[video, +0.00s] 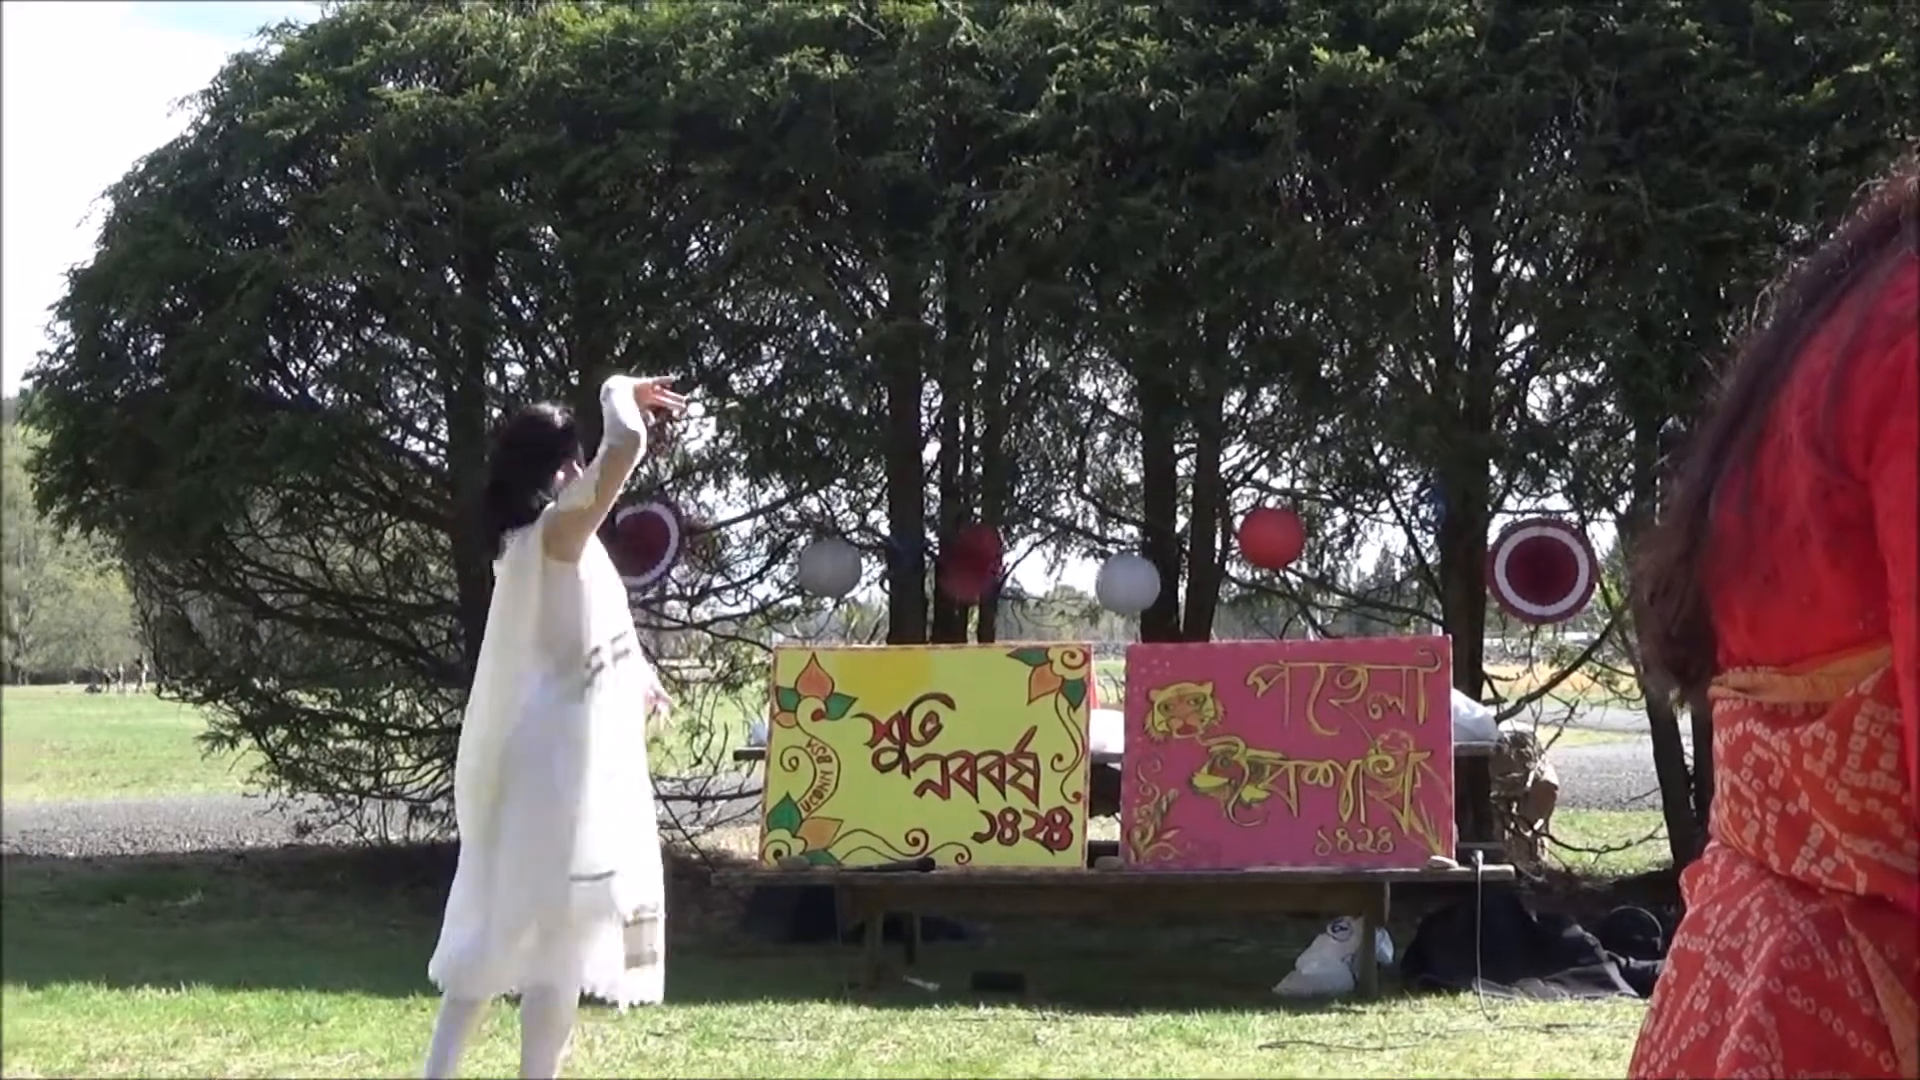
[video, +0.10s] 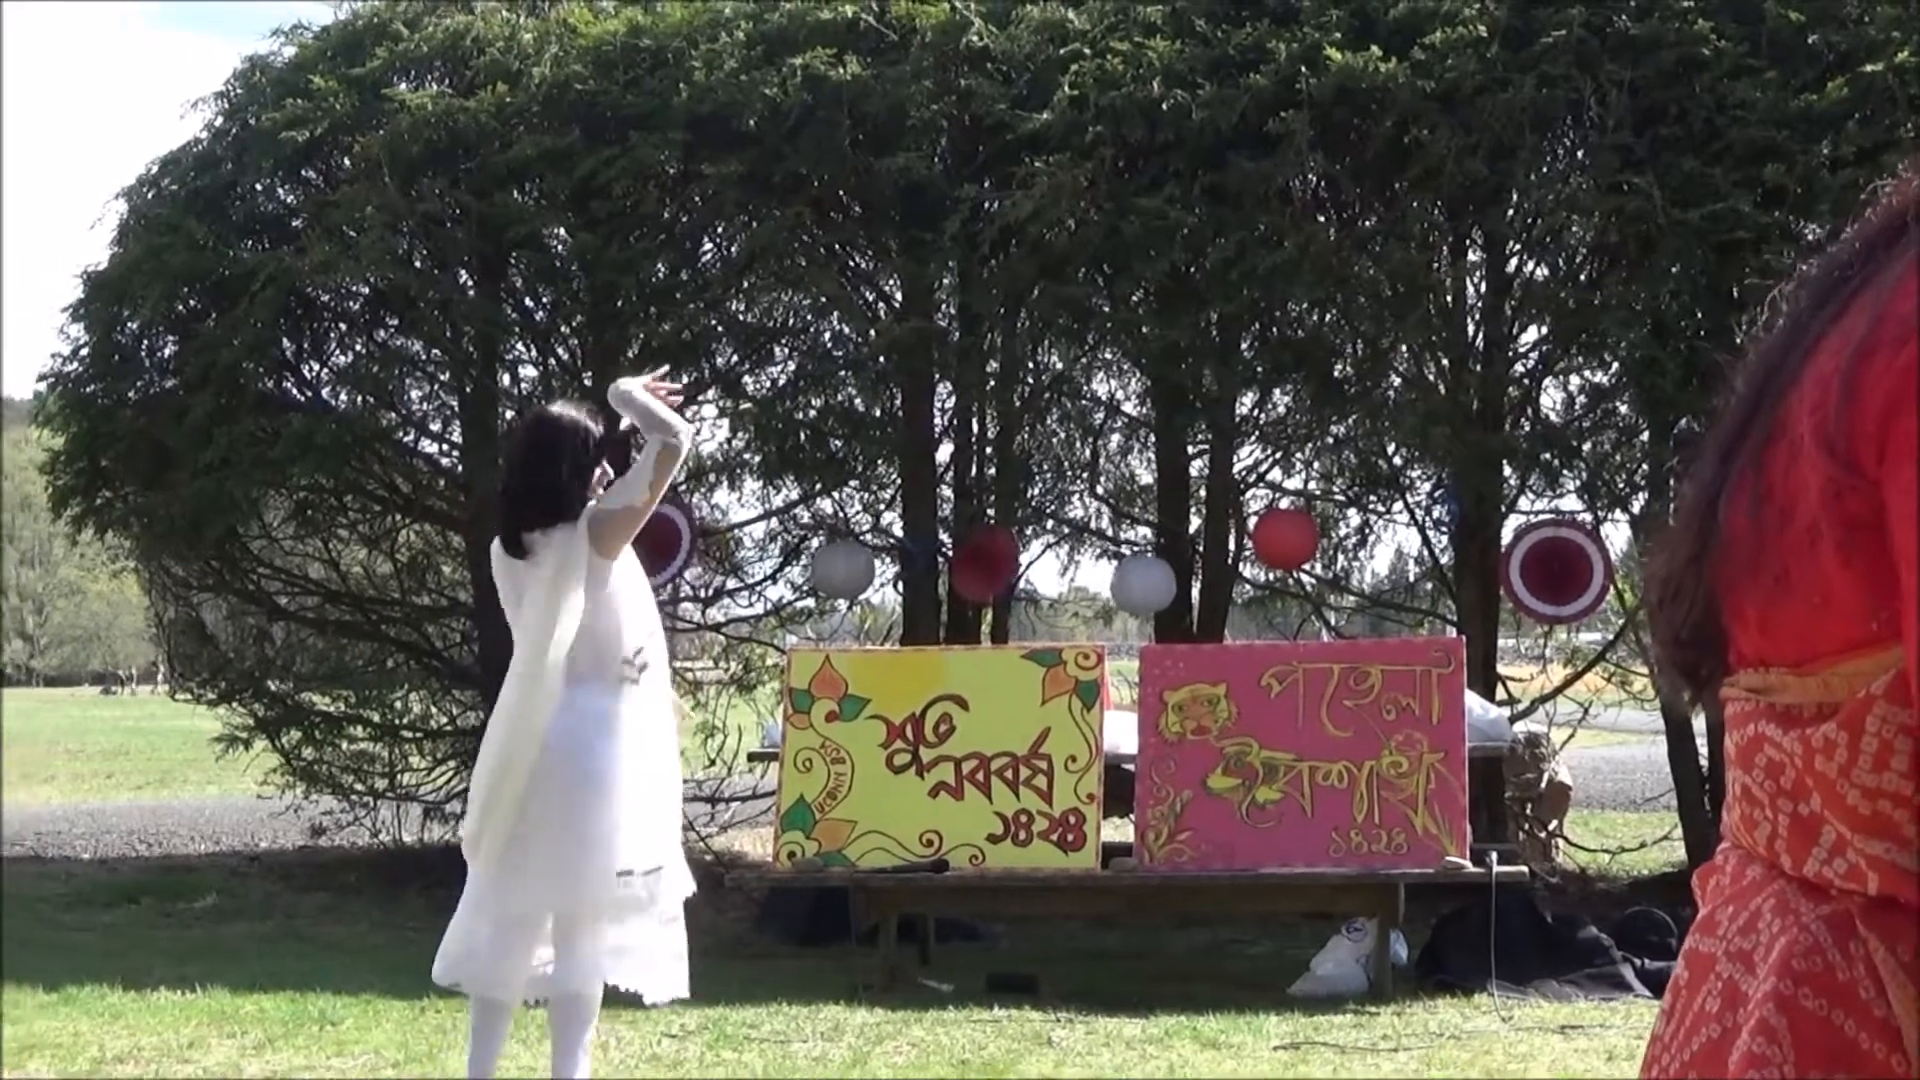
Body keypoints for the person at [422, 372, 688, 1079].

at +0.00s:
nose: (588, 473)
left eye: (586, 460)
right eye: (579, 459)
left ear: (528, 475)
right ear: (557, 472)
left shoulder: (559, 548)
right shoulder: (545, 542)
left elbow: (583, 644)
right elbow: (599, 488)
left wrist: (639, 677)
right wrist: (627, 412)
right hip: (550, 772)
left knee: (491, 934)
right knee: (558, 939)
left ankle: (438, 1067)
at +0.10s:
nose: (605, 472)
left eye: (602, 459)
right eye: (596, 458)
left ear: (524, 468)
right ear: (575, 470)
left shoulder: (507, 550)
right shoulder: (593, 538)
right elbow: (672, 445)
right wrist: (627, 395)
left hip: (531, 738)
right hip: (594, 745)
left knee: (510, 915)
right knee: (582, 922)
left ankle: (479, 1068)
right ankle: (570, 1070)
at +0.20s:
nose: (624, 468)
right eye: (615, 456)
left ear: (532, 470)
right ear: (612, 467)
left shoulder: (504, 548)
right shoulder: (636, 534)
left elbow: (506, 635)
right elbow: (701, 438)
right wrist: (630, 402)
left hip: (532, 746)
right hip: (619, 746)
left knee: (530, 922)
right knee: (612, 925)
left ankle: (529, 1069)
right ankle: (611, 1070)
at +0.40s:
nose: (582, 464)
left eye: (593, 453)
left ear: (608, 469)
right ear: (685, 476)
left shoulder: (578, 545)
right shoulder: (704, 543)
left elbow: (533, 640)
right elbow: (731, 451)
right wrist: (653, 409)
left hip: (605, 734)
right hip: (683, 731)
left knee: (599, 909)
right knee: (689, 909)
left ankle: (618, 1069)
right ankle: (714, 1068)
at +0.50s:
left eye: (661, 458)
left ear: (666, 474)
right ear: (734, 481)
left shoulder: (631, 551)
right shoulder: (744, 553)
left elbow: (567, 645)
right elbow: (723, 466)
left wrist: (612, 687)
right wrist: (662, 407)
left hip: (642, 736)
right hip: (720, 735)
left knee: (631, 912)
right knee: (718, 911)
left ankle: (659, 1069)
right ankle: (759, 1065)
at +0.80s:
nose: (671, 492)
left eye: (679, 480)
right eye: (672, 480)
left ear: (716, 490)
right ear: (727, 494)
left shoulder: (700, 567)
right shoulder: (716, 557)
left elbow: (639, 673)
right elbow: (624, 491)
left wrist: (595, 708)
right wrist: (656, 427)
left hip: (667, 784)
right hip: (704, 779)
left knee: (639, 930)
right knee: (695, 929)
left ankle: (664, 1069)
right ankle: (786, 1057)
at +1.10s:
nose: (698, 487)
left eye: (714, 474)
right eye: (694, 474)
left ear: (756, 482)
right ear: (690, 481)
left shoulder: (768, 562)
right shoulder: (679, 550)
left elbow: (745, 668)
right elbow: (592, 513)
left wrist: (646, 728)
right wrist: (655, 438)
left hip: (728, 762)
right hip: (667, 760)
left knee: (718, 933)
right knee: (675, 924)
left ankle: (779, 1068)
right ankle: (679, 1068)